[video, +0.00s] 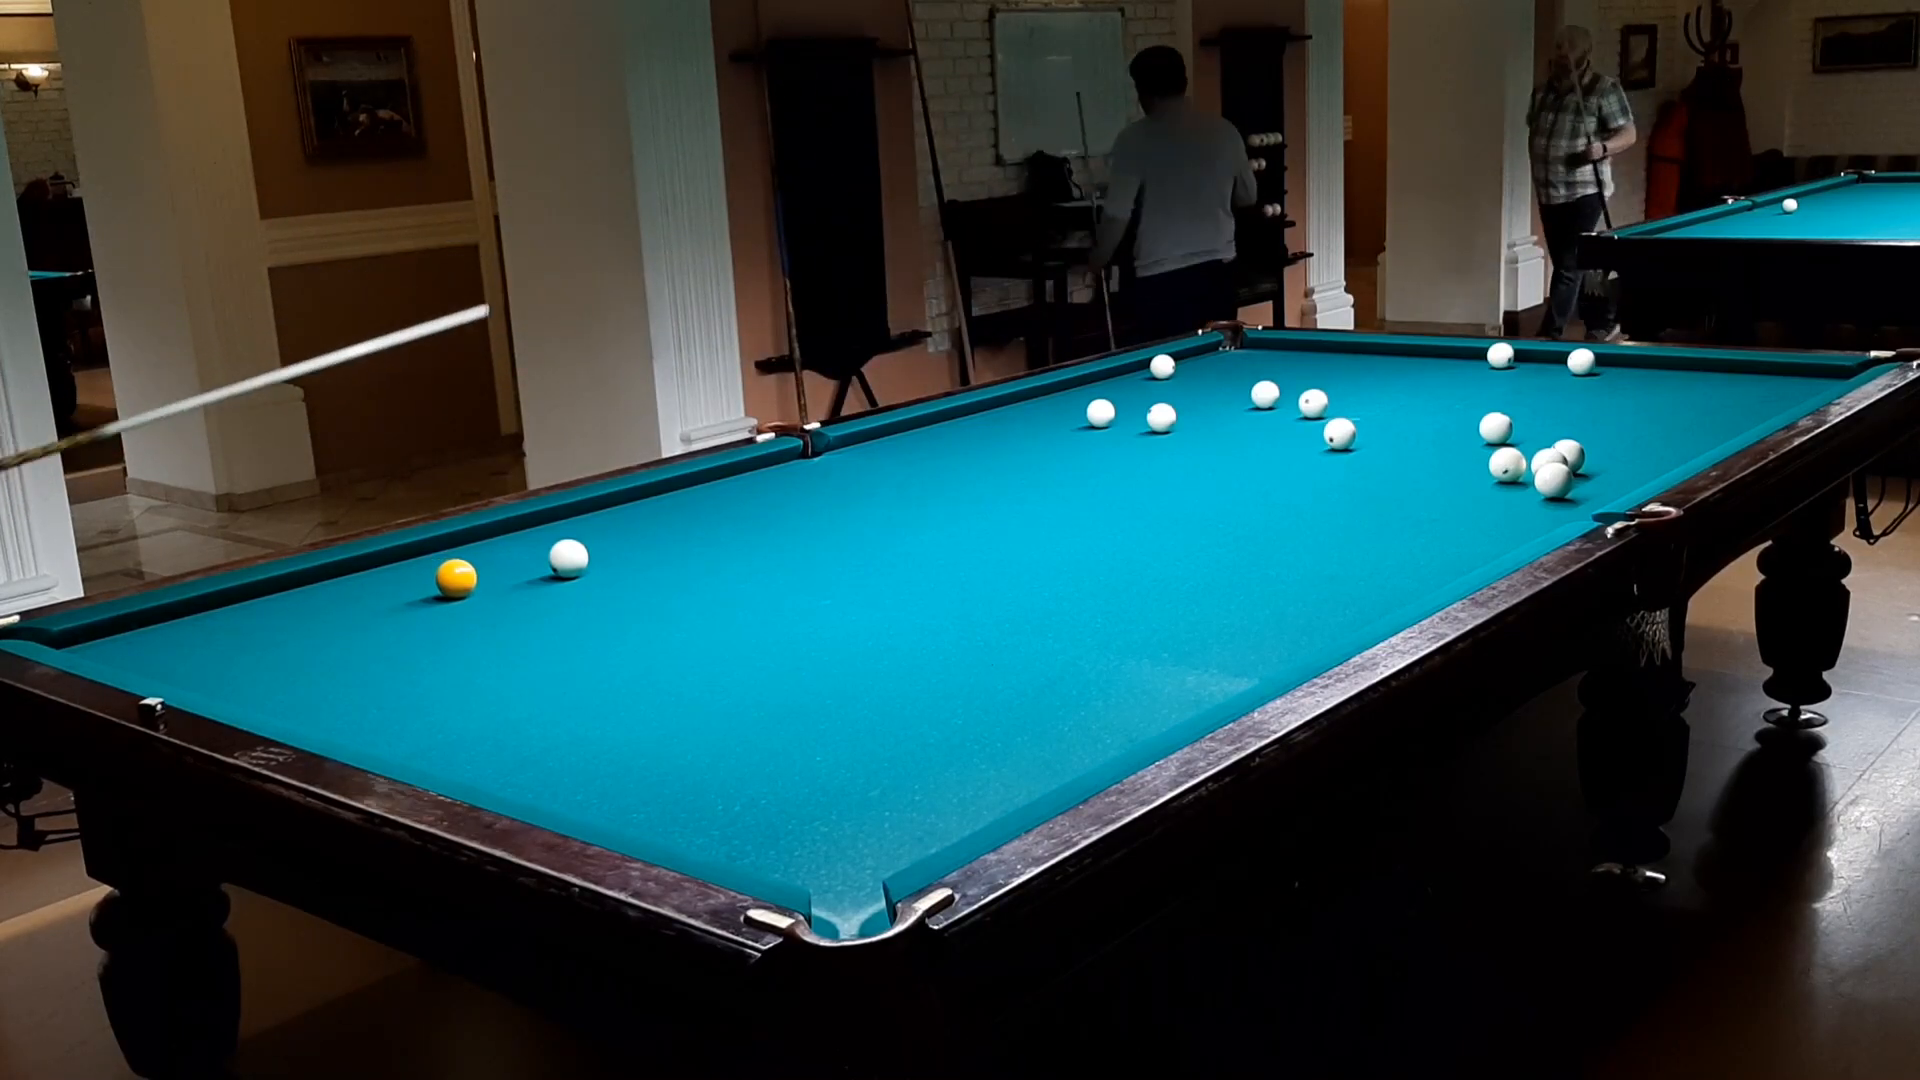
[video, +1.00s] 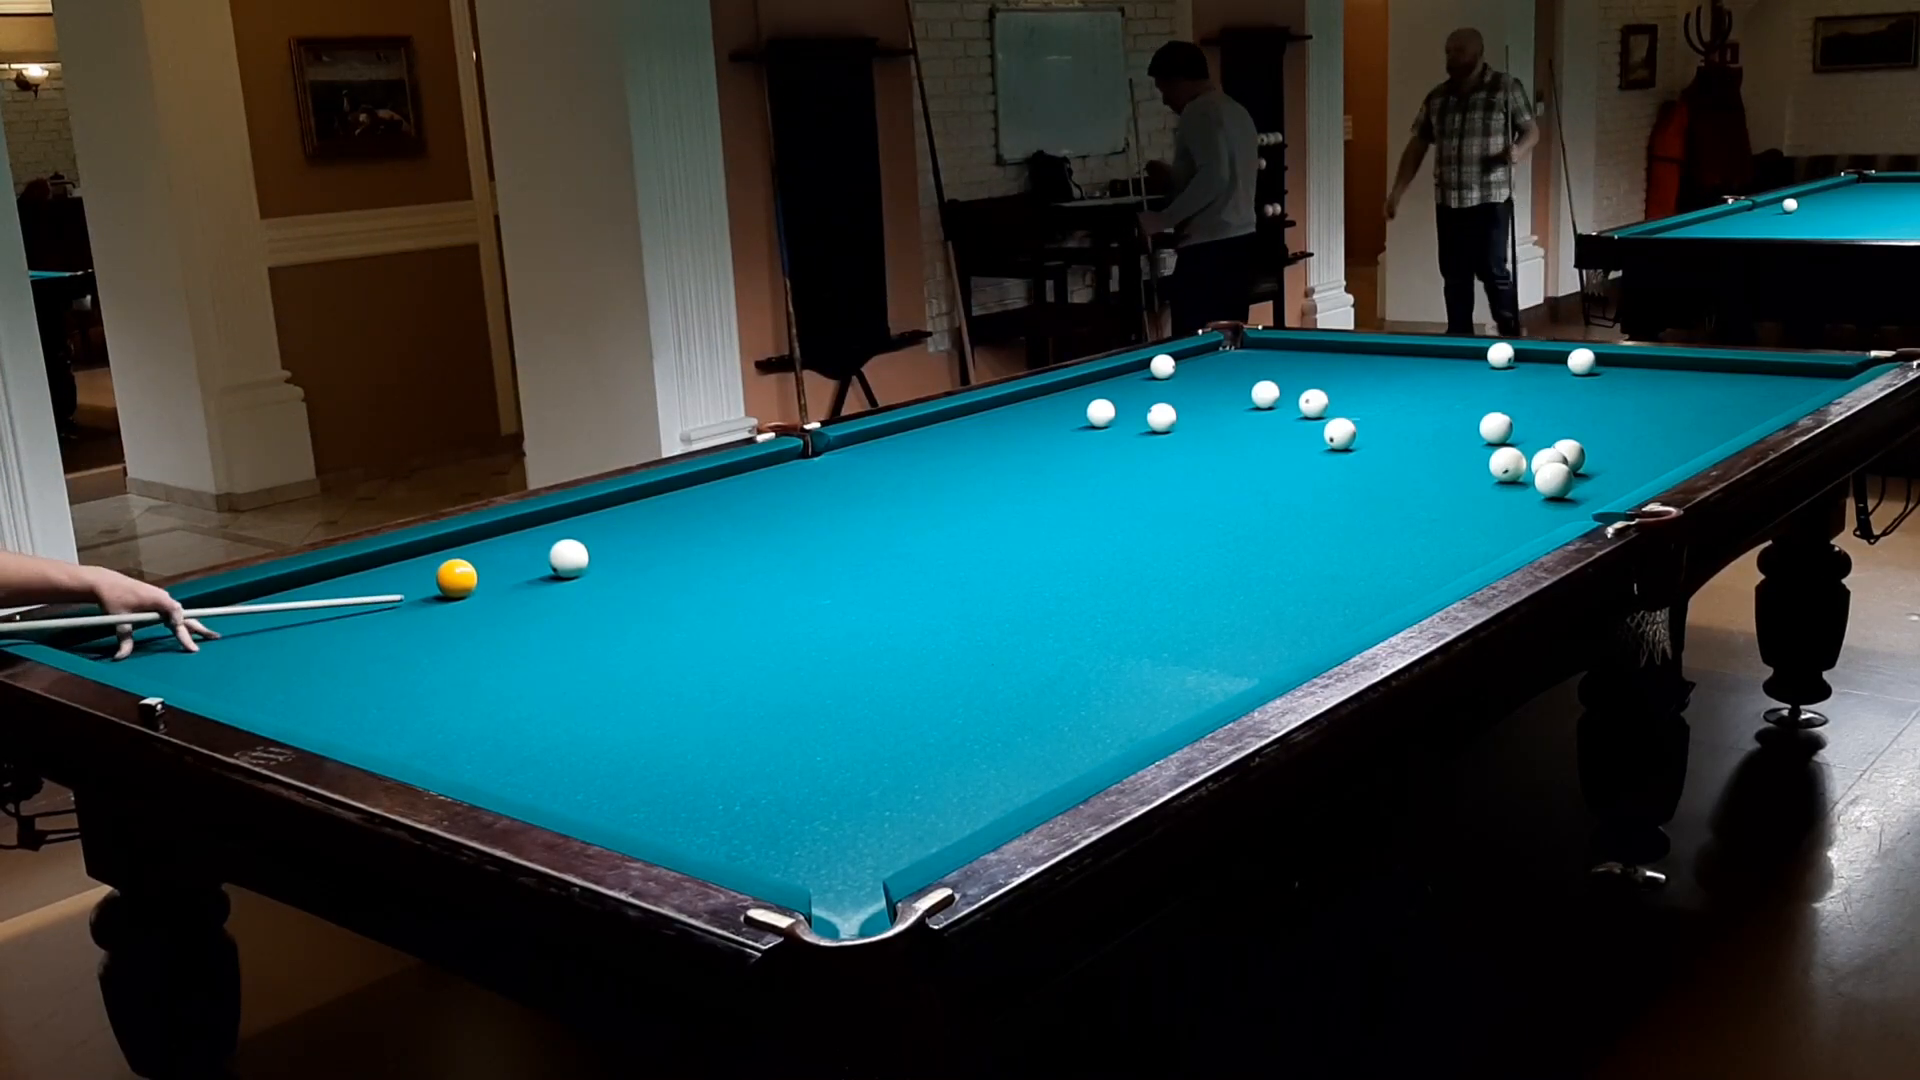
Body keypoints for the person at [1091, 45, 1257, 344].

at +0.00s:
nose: (1137, 96)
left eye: (1137, 88)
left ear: (1141, 91)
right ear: (1185, 82)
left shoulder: (1135, 138)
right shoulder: (1223, 130)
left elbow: (1117, 213)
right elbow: (1248, 195)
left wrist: (1098, 262)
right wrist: (1208, 194)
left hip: (1160, 276)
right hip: (1219, 269)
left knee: (1162, 370)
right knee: (1219, 369)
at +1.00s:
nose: (1163, 99)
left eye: (1163, 88)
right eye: (1160, 89)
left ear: (1178, 80)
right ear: (1199, 74)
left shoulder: (1199, 115)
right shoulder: (1235, 111)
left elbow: (1214, 177)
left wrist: (1163, 219)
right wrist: (1175, 178)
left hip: (1209, 250)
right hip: (1241, 244)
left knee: (1193, 346)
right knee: (1229, 342)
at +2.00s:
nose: (1130, 99)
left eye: (1130, 90)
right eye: (1128, 91)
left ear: (1144, 84)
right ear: (1168, 75)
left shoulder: (1164, 120)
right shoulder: (1210, 111)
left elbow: (1176, 188)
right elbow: (1217, 178)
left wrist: (1142, 241)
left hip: (1185, 254)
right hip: (1224, 246)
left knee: (1183, 350)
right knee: (1222, 342)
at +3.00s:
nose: (1123, 103)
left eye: (1121, 94)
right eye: (1120, 95)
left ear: (1131, 87)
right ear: (1159, 77)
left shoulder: (1153, 120)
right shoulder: (1201, 110)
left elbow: (1167, 183)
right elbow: (1207, 176)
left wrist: (1137, 242)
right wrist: (1141, 186)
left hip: (1181, 253)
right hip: (1221, 243)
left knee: (1181, 347)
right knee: (1220, 340)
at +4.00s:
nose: (1121, 106)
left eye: (1119, 97)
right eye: (1117, 99)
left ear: (1130, 88)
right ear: (1155, 78)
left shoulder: (1150, 121)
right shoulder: (1201, 110)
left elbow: (1165, 183)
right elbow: (1206, 172)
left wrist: (1136, 243)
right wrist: (1142, 184)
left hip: (1180, 251)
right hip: (1222, 241)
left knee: (1181, 345)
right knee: (1221, 337)